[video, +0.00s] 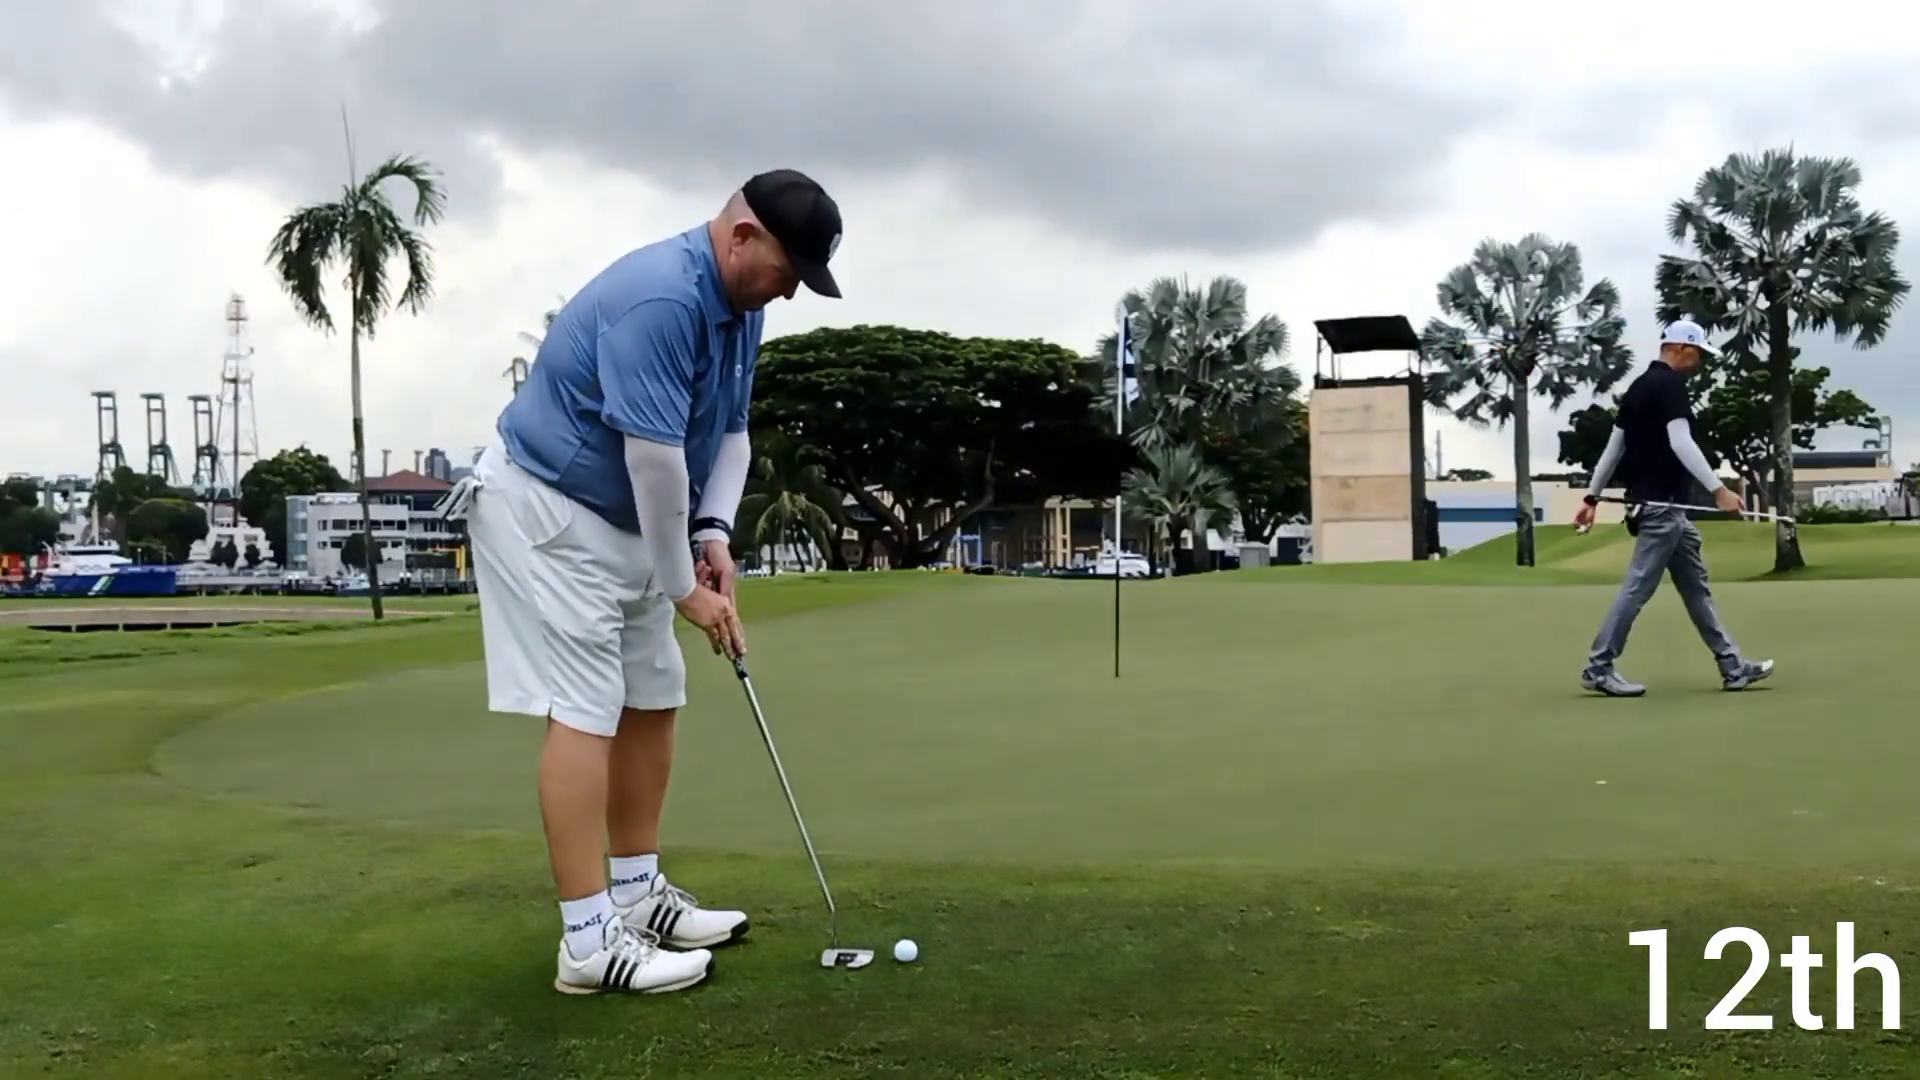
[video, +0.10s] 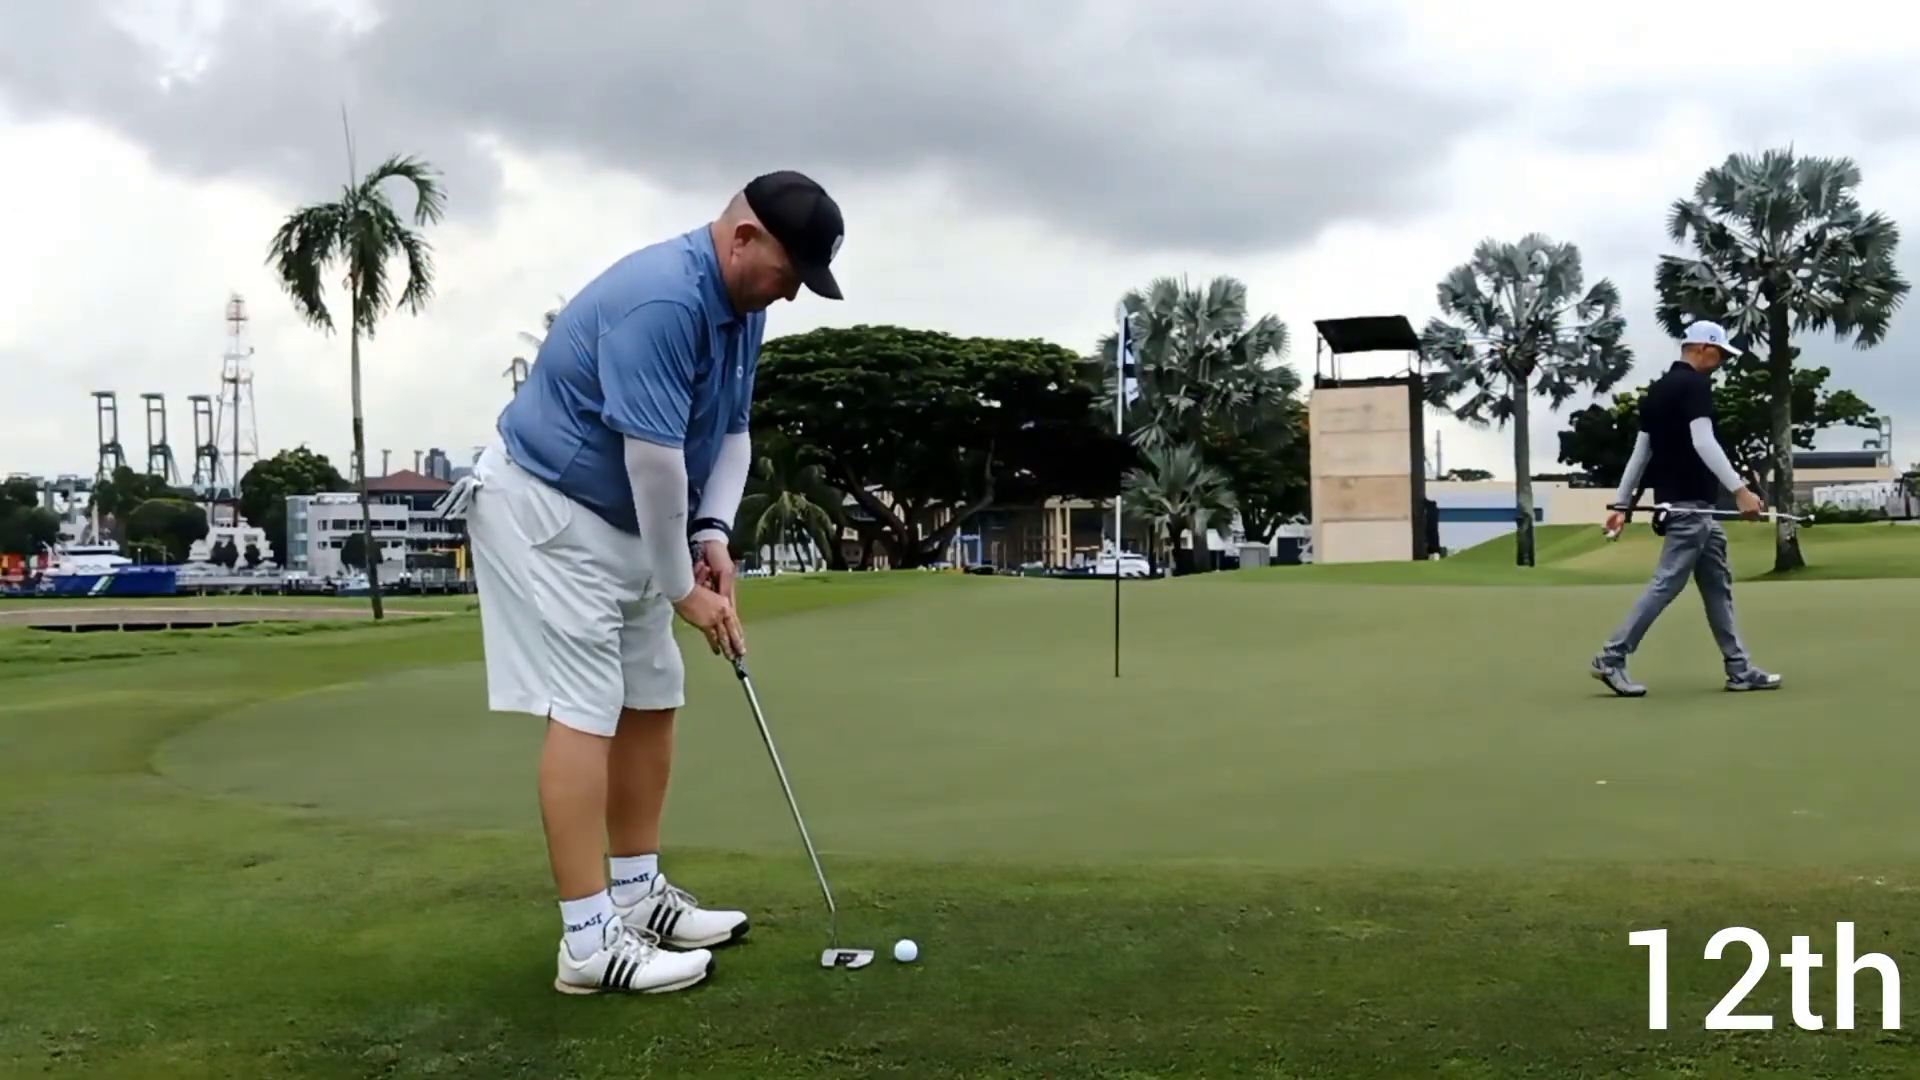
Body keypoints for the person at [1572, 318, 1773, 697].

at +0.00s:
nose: (1699, 363)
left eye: (1701, 356)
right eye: (1697, 354)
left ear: (1670, 350)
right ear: (1678, 349)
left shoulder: (1641, 386)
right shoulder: (1669, 384)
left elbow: (1615, 445)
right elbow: (1680, 441)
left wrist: (1592, 496)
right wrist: (1718, 489)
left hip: (1658, 507)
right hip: (1662, 508)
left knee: (1695, 586)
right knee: (1638, 588)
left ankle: (1732, 665)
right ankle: (1599, 666)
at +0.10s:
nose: (1722, 361)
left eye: (1723, 355)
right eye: (1719, 354)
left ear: (1693, 349)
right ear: (1703, 348)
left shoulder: (1660, 389)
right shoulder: (1694, 384)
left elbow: (1641, 452)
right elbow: (1704, 441)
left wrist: (1621, 505)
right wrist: (1739, 489)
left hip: (1682, 507)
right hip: (1692, 508)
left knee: (1717, 587)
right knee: (1665, 586)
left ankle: (1739, 668)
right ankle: (1611, 659)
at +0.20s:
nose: (1741, 357)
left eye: (1741, 351)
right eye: (1738, 350)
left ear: (1712, 346)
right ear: (1723, 345)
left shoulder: (1685, 384)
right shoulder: (1715, 380)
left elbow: (1672, 451)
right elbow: (1724, 439)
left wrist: (1664, 507)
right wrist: (1753, 491)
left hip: (1701, 498)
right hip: (1720, 498)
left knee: (1730, 583)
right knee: (1720, 582)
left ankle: (1740, 669)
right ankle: (1644, 644)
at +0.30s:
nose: (1760, 356)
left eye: (1761, 349)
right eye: (1759, 348)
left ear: (1733, 341)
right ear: (1743, 342)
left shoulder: (1704, 378)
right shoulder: (1733, 377)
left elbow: (1707, 442)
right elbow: (1738, 437)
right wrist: (1764, 489)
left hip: (1713, 494)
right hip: (1739, 492)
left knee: (1731, 580)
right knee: (1767, 571)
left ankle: (1739, 667)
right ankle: (1696, 636)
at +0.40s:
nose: (1778, 355)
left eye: (1779, 348)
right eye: (1776, 347)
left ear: (1748, 342)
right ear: (1760, 341)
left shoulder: (1721, 379)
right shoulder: (1752, 377)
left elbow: (1724, 444)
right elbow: (1756, 437)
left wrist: (1728, 498)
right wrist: (1772, 491)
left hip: (1732, 496)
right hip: (1760, 493)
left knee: (1737, 583)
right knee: (1798, 564)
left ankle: (1740, 666)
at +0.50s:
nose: (1799, 356)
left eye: (1801, 350)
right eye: (1798, 349)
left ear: (1774, 341)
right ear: (1782, 341)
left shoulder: (1744, 375)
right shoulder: (1772, 378)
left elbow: (1764, 447)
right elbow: (1773, 440)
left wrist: (1805, 488)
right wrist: (1784, 496)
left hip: (1750, 496)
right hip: (1780, 495)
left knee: (1746, 582)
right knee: (1823, 566)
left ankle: (1739, 667)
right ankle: (1824, 661)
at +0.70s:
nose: (1849, 358)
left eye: (1851, 352)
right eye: (1848, 351)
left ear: (1822, 344)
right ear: (1831, 344)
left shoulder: (1791, 378)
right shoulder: (1821, 381)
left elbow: (1808, 450)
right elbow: (1822, 446)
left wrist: (1853, 482)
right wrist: (1831, 504)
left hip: (1793, 498)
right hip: (1827, 499)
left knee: (1780, 578)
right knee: (1857, 576)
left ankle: (1747, 658)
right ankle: (1877, 661)